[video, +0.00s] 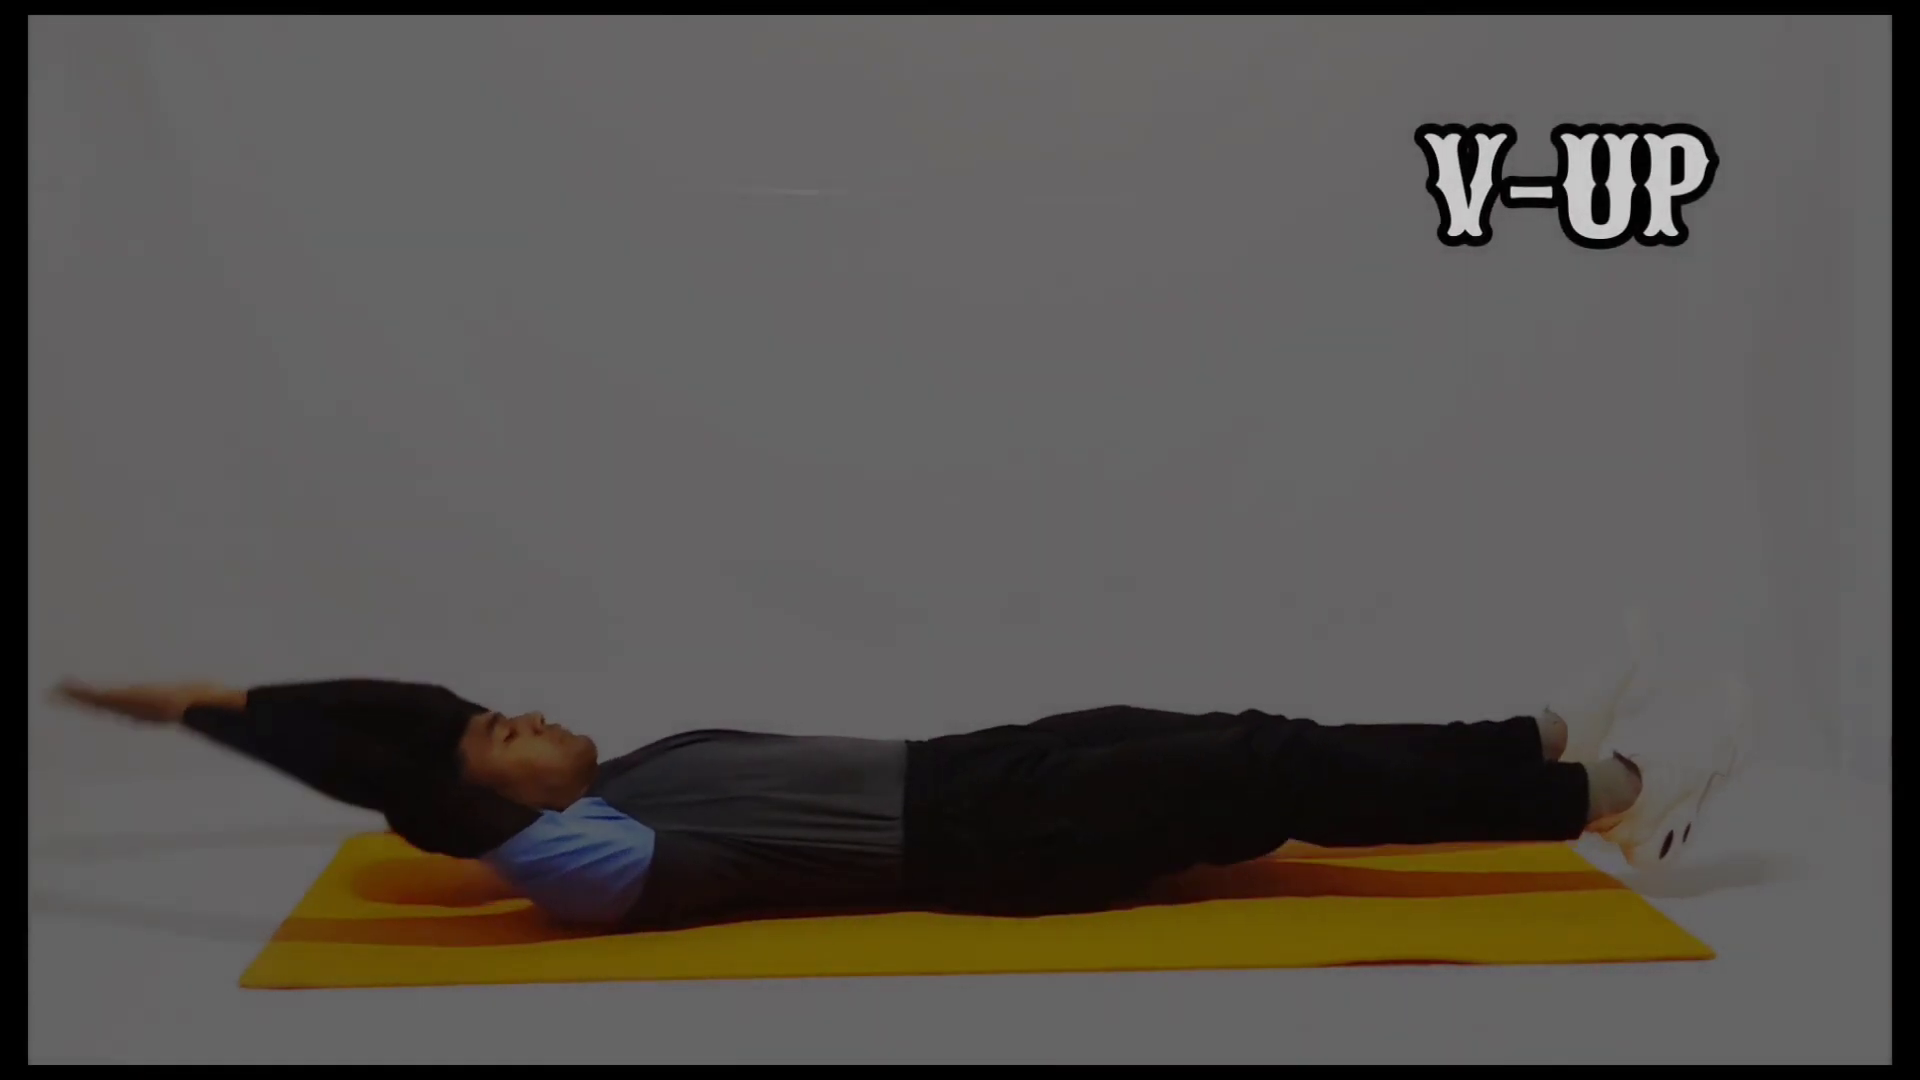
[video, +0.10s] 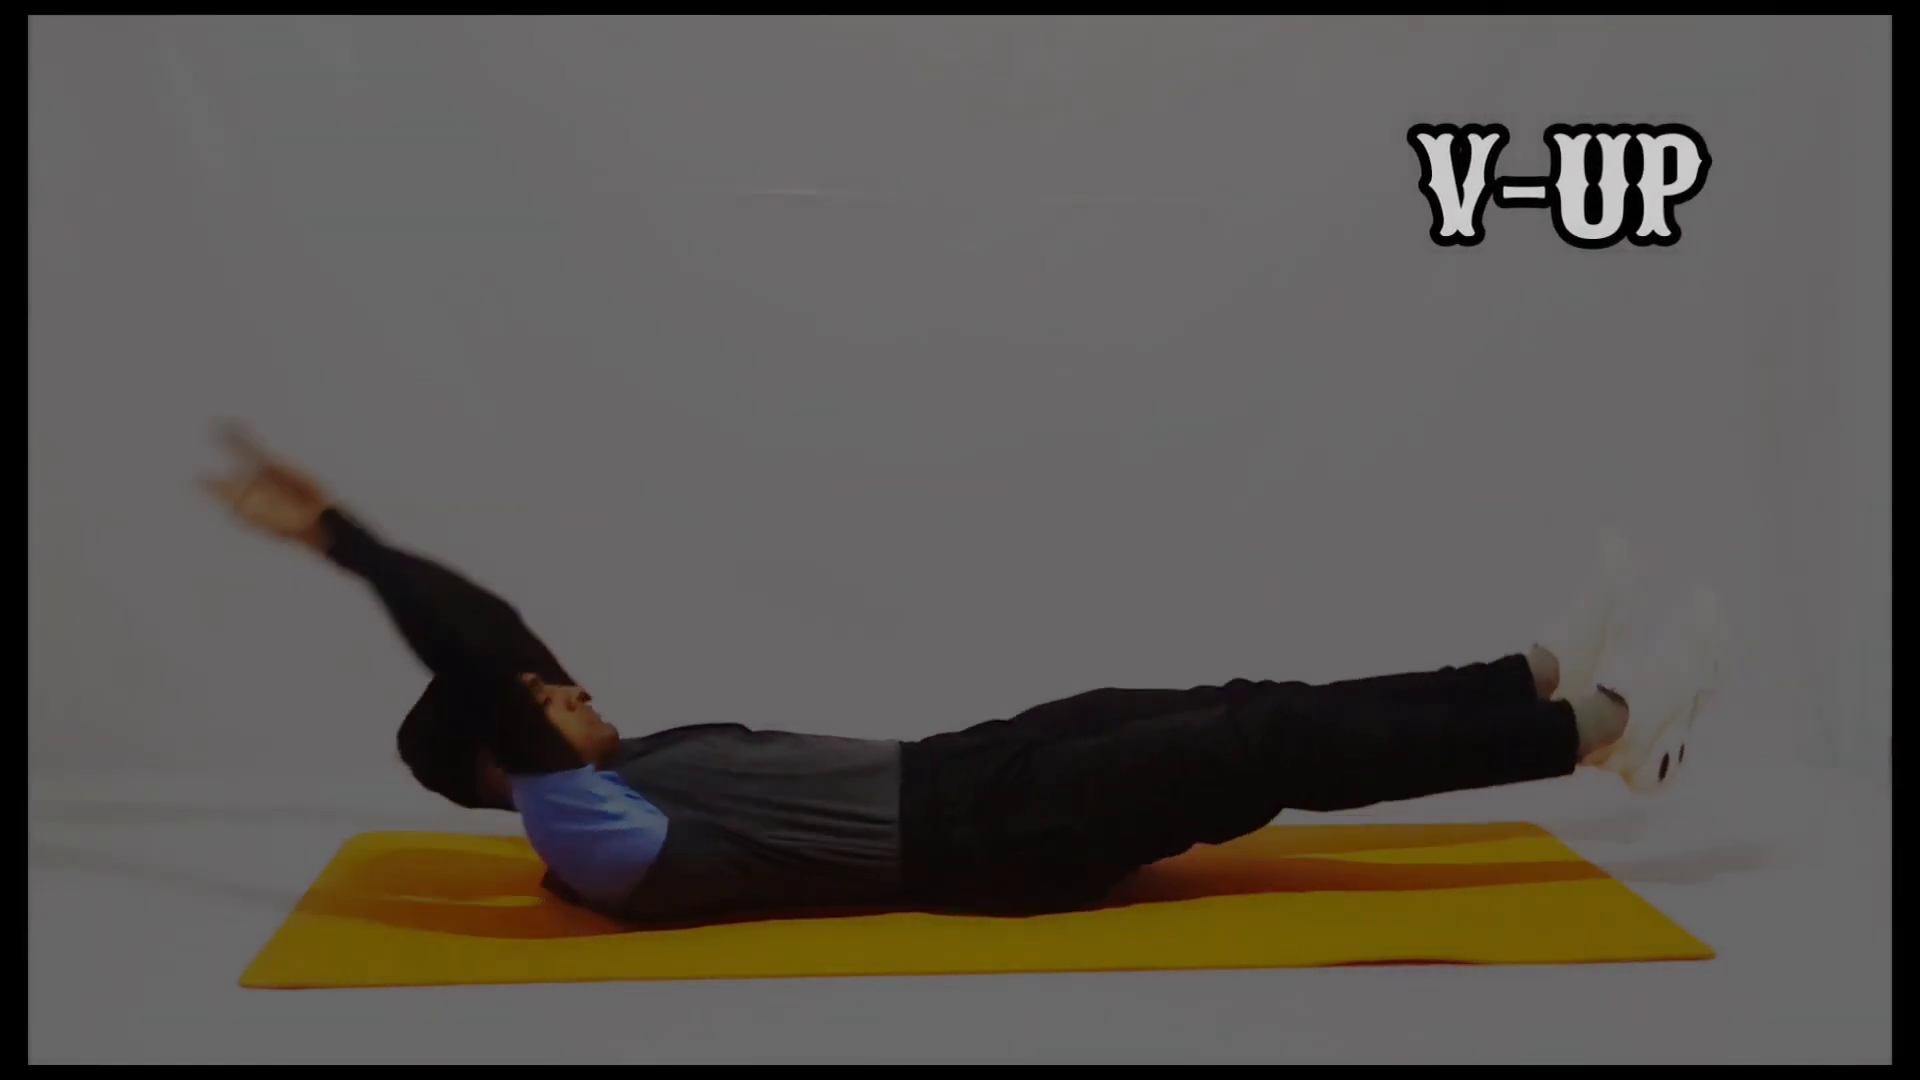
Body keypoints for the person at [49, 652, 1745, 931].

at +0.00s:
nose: (534, 741)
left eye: (515, 728)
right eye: (505, 754)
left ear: (532, 743)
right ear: (497, 811)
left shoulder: (621, 784)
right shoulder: (602, 852)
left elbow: (397, 741)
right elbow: (501, 850)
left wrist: (208, 704)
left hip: (977, 766)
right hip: (966, 829)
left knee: (1245, 737)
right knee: (1246, 773)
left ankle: (1535, 761)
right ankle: (1553, 784)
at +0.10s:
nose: (574, 686)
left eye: (556, 672)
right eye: (549, 681)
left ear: (525, 733)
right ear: (521, 738)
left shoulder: (607, 780)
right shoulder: (593, 829)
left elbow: (486, 648)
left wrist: (342, 533)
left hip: (970, 768)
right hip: (976, 820)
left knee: (1247, 722)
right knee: (1245, 743)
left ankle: (1549, 708)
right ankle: (1557, 722)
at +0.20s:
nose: (582, 664)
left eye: (566, 659)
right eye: (557, 668)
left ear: (539, 704)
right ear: (530, 711)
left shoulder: (625, 751)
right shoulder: (605, 793)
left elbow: (613, 565)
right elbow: (616, 571)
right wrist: (561, 407)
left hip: (958, 777)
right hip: (963, 828)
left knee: (1222, 678)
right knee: (1232, 716)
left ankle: (1521, 614)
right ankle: (1536, 634)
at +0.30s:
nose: (631, 622)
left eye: (615, 606)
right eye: (600, 623)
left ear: (600, 634)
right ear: (552, 683)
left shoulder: (652, 715)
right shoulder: (637, 743)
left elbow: (720, 544)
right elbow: (727, 555)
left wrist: (738, 370)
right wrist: (770, 365)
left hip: (963, 787)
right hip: (962, 831)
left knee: (1207, 639)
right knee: (1217, 663)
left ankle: (1489, 522)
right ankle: (1517, 541)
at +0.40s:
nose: (688, 561)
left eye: (673, 542)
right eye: (659, 560)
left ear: (671, 567)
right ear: (614, 613)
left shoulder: (699, 656)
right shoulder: (682, 689)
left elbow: (810, 511)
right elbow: (829, 523)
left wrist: (893, 352)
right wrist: (934, 352)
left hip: (960, 783)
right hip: (968, 842)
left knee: (1179, 589)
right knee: (1198, 616)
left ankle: (1417, 421)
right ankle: (1450, 437)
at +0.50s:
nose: (754, 510)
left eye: (737, 495)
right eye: (726, 508)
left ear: (690, 551)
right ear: (680, 563)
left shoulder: (726, 621)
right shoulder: (737, 634)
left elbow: (880, 473)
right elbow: (893, 485)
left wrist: (990, 316)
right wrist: (1016, 319)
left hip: (963, 797)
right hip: (981, 840)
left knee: (1140, 560)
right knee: (1166, 577)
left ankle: (1348, 330)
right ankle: (1390, 350)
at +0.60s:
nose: (814, 471)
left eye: (793, 454)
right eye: (786, 467)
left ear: (748, 523)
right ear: (744, 522)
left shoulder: (776, 579)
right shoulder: (793, 591)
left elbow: (939, 442)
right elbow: (961, 441)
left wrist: (1064, 284)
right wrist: (1089, 281)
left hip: (964, 797)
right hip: (986, 840)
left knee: (1089, 531)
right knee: (1123, 548)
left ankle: (1261, 281)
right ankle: (1299, 296)